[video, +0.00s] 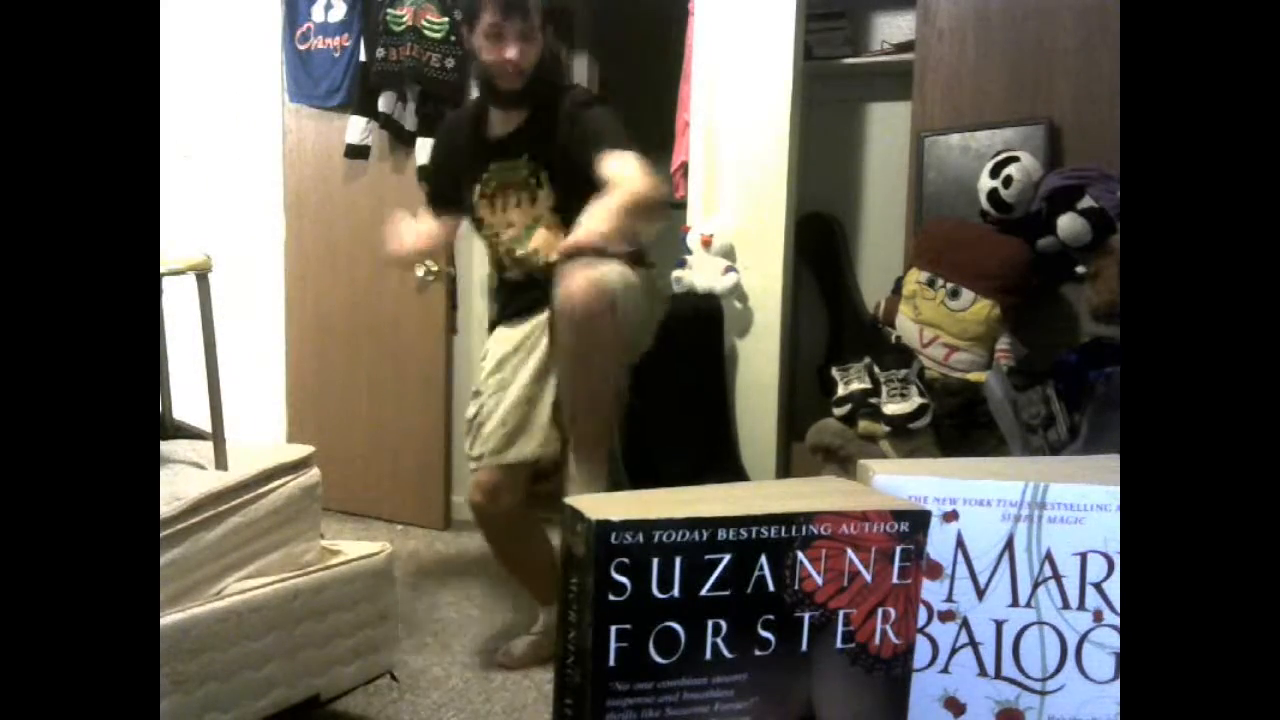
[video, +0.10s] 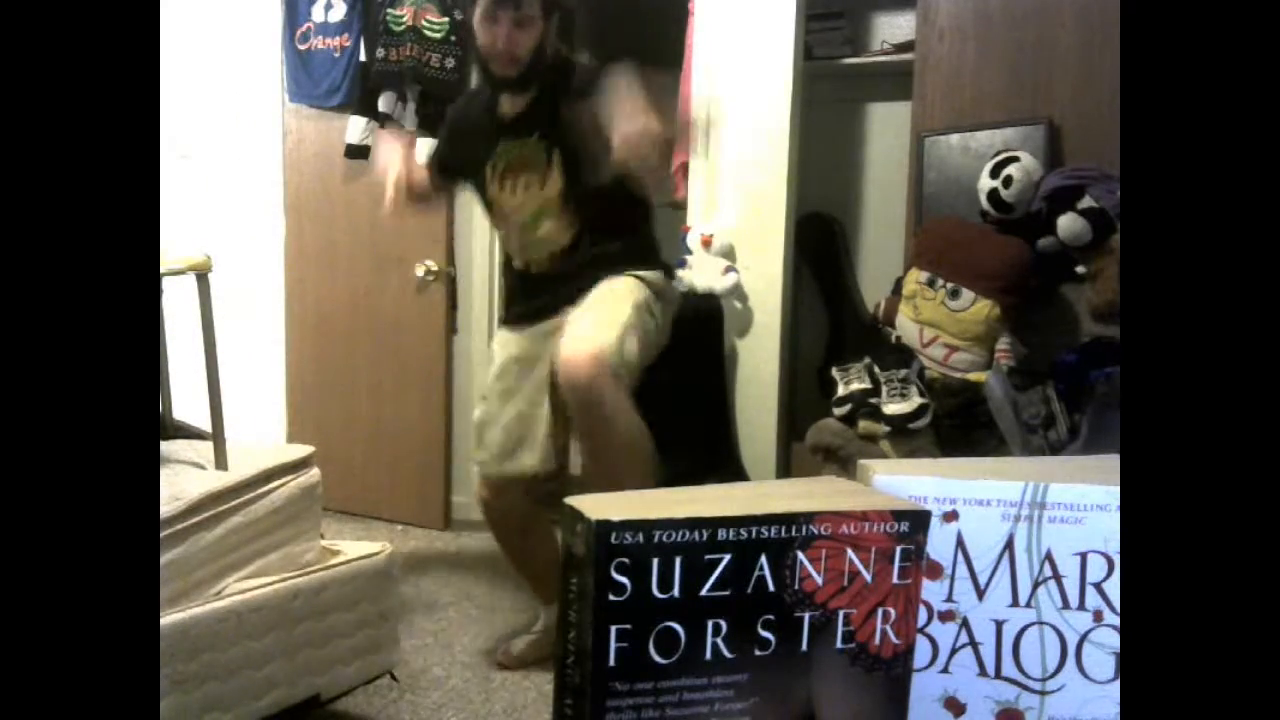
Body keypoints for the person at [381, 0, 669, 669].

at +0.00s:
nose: (510, 54)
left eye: (524, 38)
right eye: (495, 39)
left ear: (544, 40)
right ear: (470, 42)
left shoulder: (573, 112)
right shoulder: (460, 134)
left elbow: (639, 181)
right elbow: (444, 227)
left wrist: (597, 222)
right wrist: (419, 236)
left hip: (611, 293)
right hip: (520, 315)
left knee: (581, 289)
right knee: (492, 496)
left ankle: (588, 475)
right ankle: (559, 607)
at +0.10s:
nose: (505, 38)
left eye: (521, 22)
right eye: (492, 20)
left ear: (546, 26)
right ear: (472, 25)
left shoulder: (585, 84)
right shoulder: (471, 116)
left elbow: (643, 151)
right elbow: (425, 194)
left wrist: (635, 131)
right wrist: (403, 162)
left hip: (618, 274)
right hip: (530, 309)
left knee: (583, 364)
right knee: (504, 498)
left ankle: (642, 556)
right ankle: (566, 609)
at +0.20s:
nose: (520, 37)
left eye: (537, 19)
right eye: (507, 19)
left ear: (574, 13)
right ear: (491, 19)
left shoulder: (630, 65)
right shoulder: (484, 96)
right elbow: (410, 146)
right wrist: (408, 112)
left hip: (634, 283)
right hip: (537, 315)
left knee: (603, 407)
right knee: (519, 501)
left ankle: (687, 566)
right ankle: (565, 613)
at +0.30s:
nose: (539, 41)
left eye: (558, 26)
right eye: (527, 22)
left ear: (591, 24)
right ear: (506, 21)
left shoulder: (637, 71)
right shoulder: (492, 102)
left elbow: (685, 9)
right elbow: (439, 116)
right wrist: (414, 97)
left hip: (646, 295)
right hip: (547, 327)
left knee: (619, 422)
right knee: (517, 507)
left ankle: (706, 576)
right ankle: (565, 613)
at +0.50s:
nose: (592, 139)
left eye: (612, 119)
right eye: (579, 116)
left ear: (651, 120)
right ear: (562, 112)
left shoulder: (686, 198)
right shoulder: (544, 195)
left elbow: (686, 332)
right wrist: (521, 299)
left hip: (689, 385)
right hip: (584, 387)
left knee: (679, 486)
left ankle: (682, 623)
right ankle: (546, 616)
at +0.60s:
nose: (625, 247)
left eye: (644, 229)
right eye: (611, 225)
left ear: (676, 211)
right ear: (587, 201)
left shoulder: (718, 254)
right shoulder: (551, 256)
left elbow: (722, 428)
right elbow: (536, 401)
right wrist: (567, 421)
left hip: (695, 438)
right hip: (599, 448)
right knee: (547, 551)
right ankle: (539, 632)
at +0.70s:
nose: (649, 276)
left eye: (670, 258)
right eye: (633, 254)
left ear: (700, 233)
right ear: (605, 223)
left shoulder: (737, 255)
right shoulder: (559, 261)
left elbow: (765, 424)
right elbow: (538, 422)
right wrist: (571, 449)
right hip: (598, 439)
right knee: (560, 541)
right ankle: (545, 624)